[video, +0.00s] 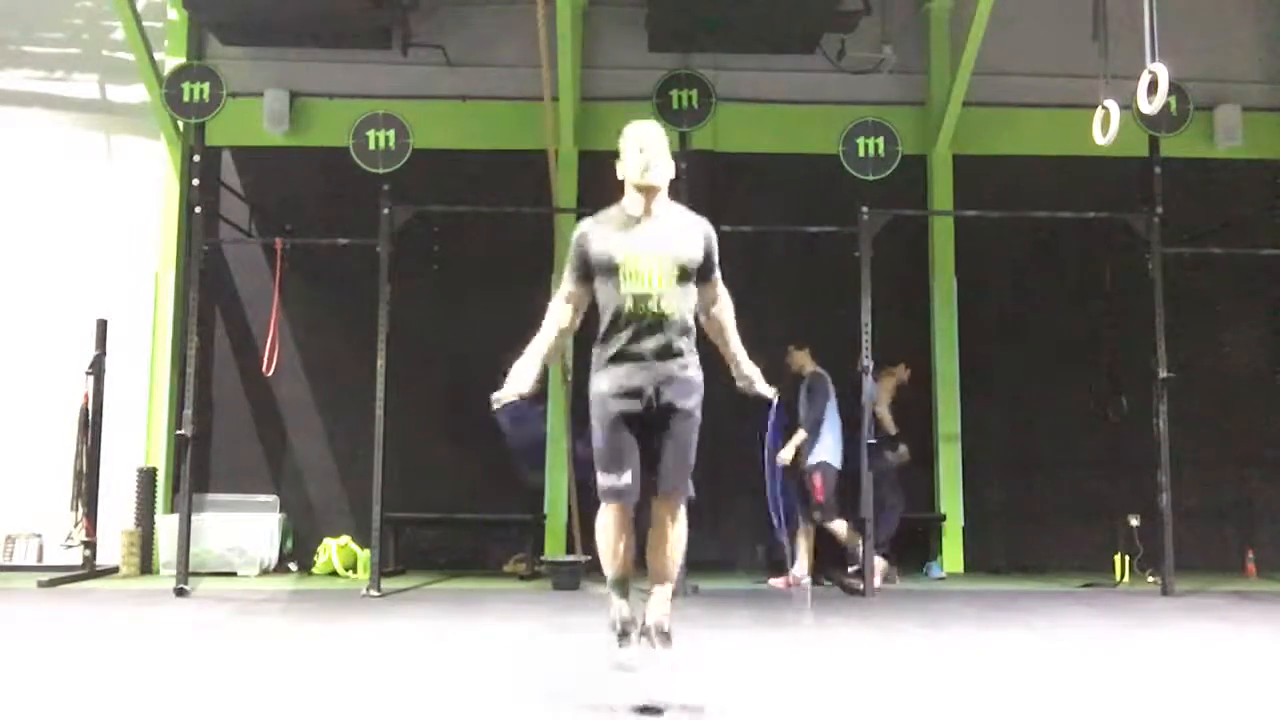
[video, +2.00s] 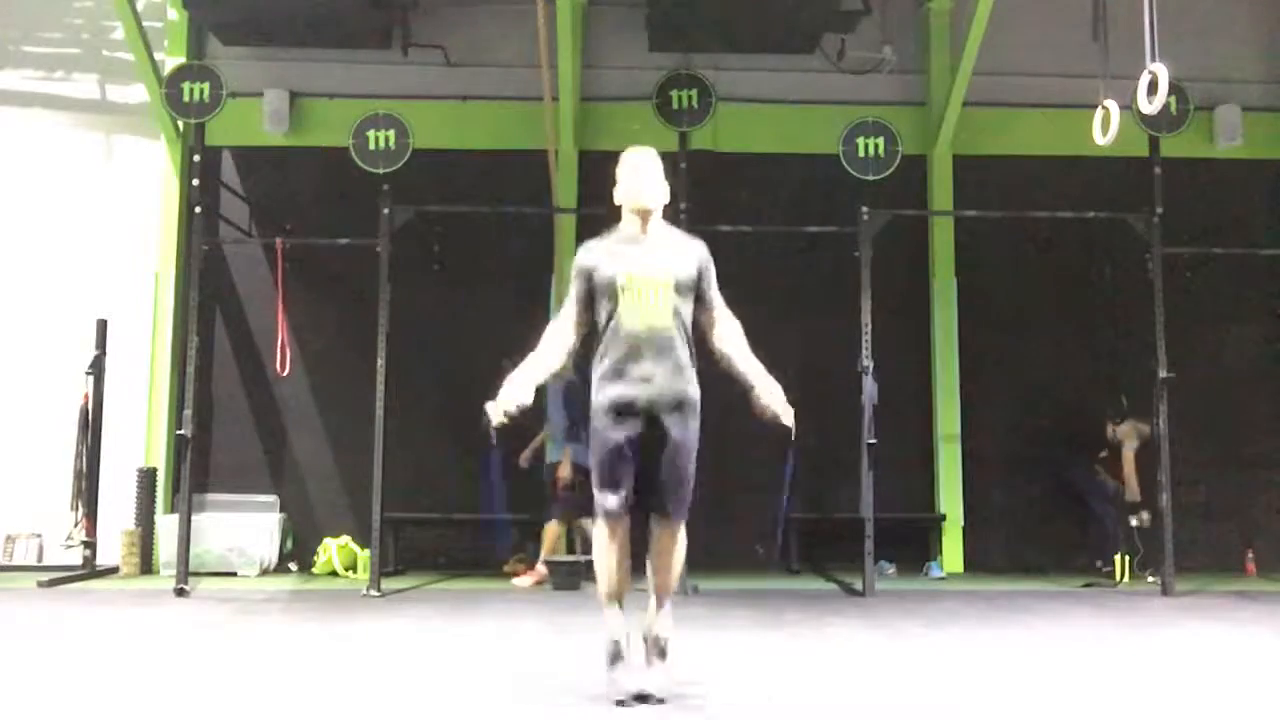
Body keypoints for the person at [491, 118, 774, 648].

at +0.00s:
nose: (647, 161)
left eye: (656, 153)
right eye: (637, 153)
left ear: (672, 163)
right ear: (619, 165)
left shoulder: (697, 232)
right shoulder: (592, 233)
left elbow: (713, 304)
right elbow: (567, 307)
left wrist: (742, 366)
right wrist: (528, 364)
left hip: (680, 379)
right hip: (615, 380)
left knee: (672, 496)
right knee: (617, 495)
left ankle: (659, 613)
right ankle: (620, 605)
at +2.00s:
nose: (644, 190)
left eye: (651, 180)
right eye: (634, 180)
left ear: (664, 188)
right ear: (618, 189)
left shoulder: (693, 252)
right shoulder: (593, 255)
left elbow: (721, 329)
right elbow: (564, 336)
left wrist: (763, 386)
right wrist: (517, 388)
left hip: (677, 399)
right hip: (615, 398)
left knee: (670, 517)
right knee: (612, 514)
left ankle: (660, 623)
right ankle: (614, 629)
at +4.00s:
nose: (651, 191)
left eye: (657, 183)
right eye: (641, 183)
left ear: (671, 191)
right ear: (622, 193)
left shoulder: (695, 254)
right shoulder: (597, 255)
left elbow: (712, 317)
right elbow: (568, 321)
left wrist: (760, 366)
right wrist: (513, 362)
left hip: (679, 398)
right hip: (616, 399)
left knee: (672, 516)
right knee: (618, 512)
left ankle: (660, 625)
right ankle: (619, 623)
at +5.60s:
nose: (663, 166)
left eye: (671, 158)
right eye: (653, 158)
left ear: (686, 170)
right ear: (636, 171)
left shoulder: (711, 235)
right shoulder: (610, 237)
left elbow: (733, 305)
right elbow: (586, 306)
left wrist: (764, 362)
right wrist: (559, 360)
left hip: (693, 376)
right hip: (632, 377)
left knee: (686, 490)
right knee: (635, 484)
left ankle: (673, 601)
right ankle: (635, 600)